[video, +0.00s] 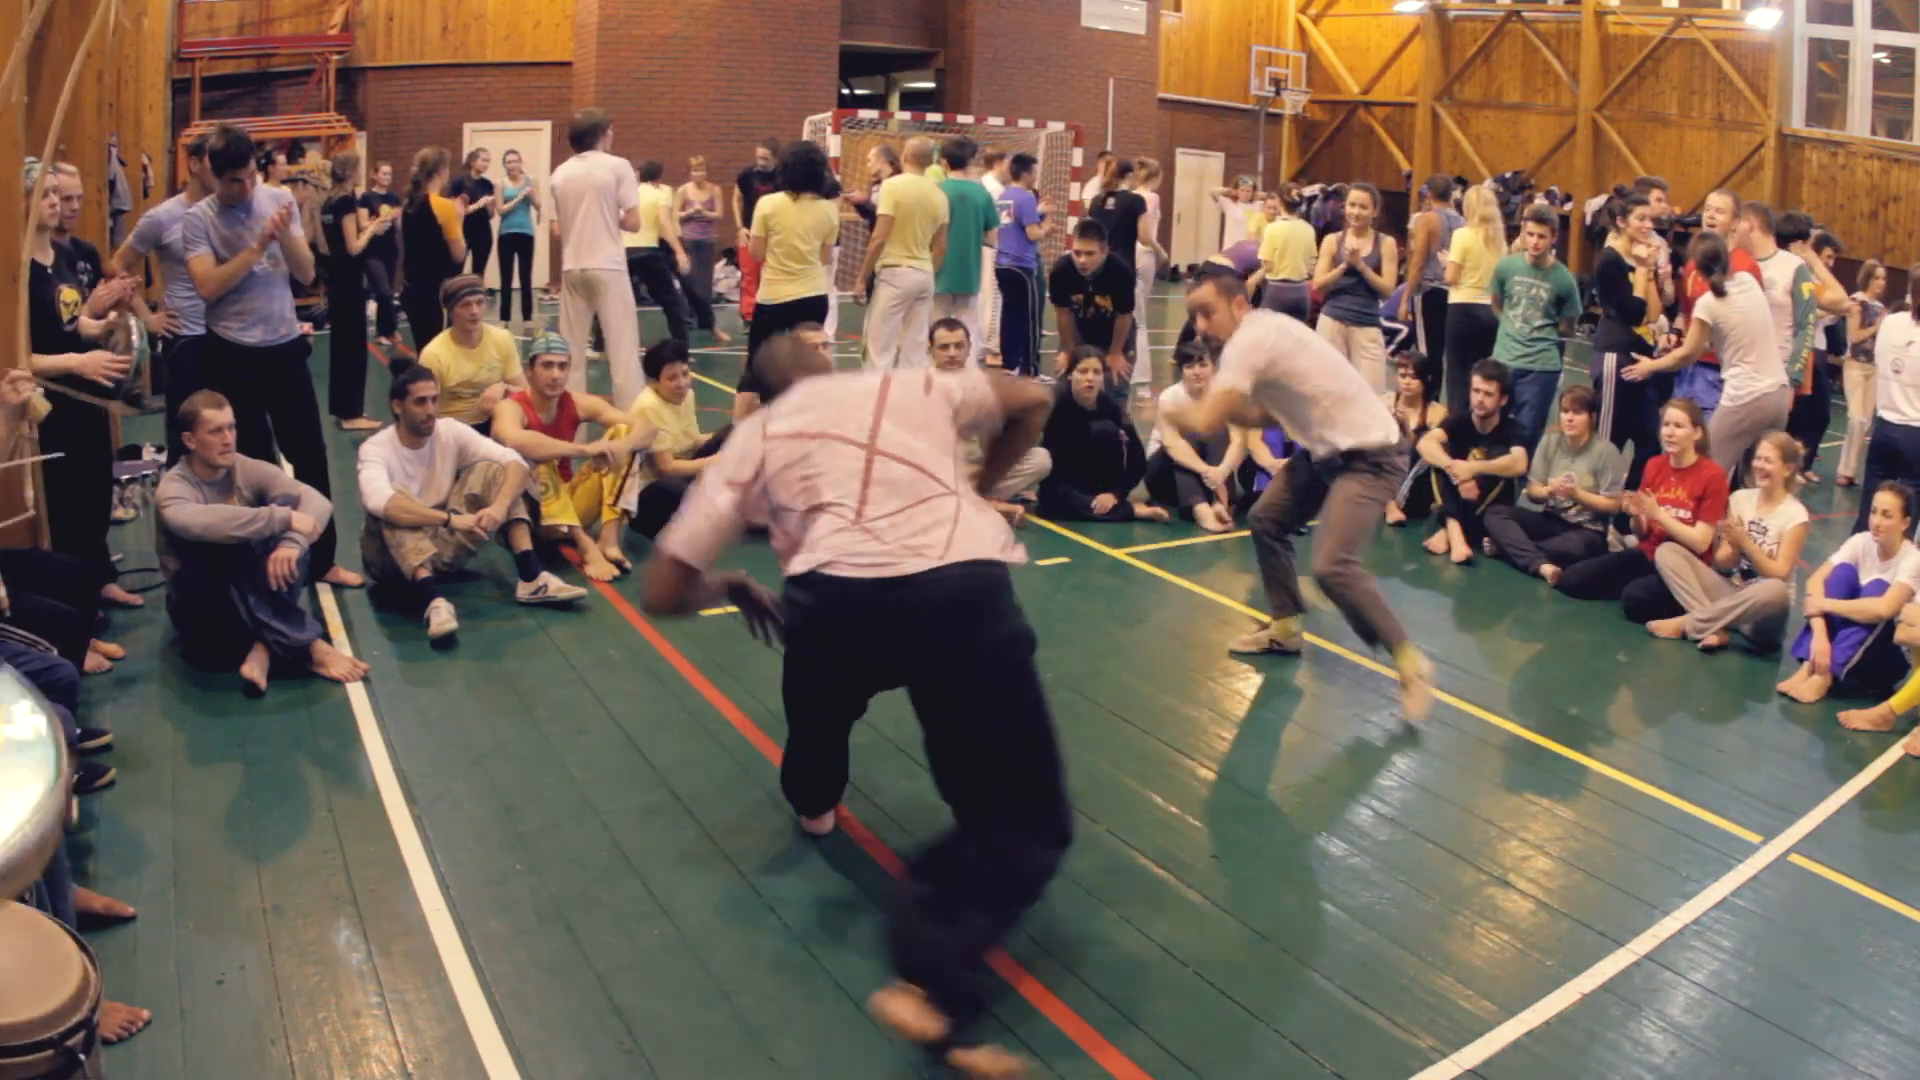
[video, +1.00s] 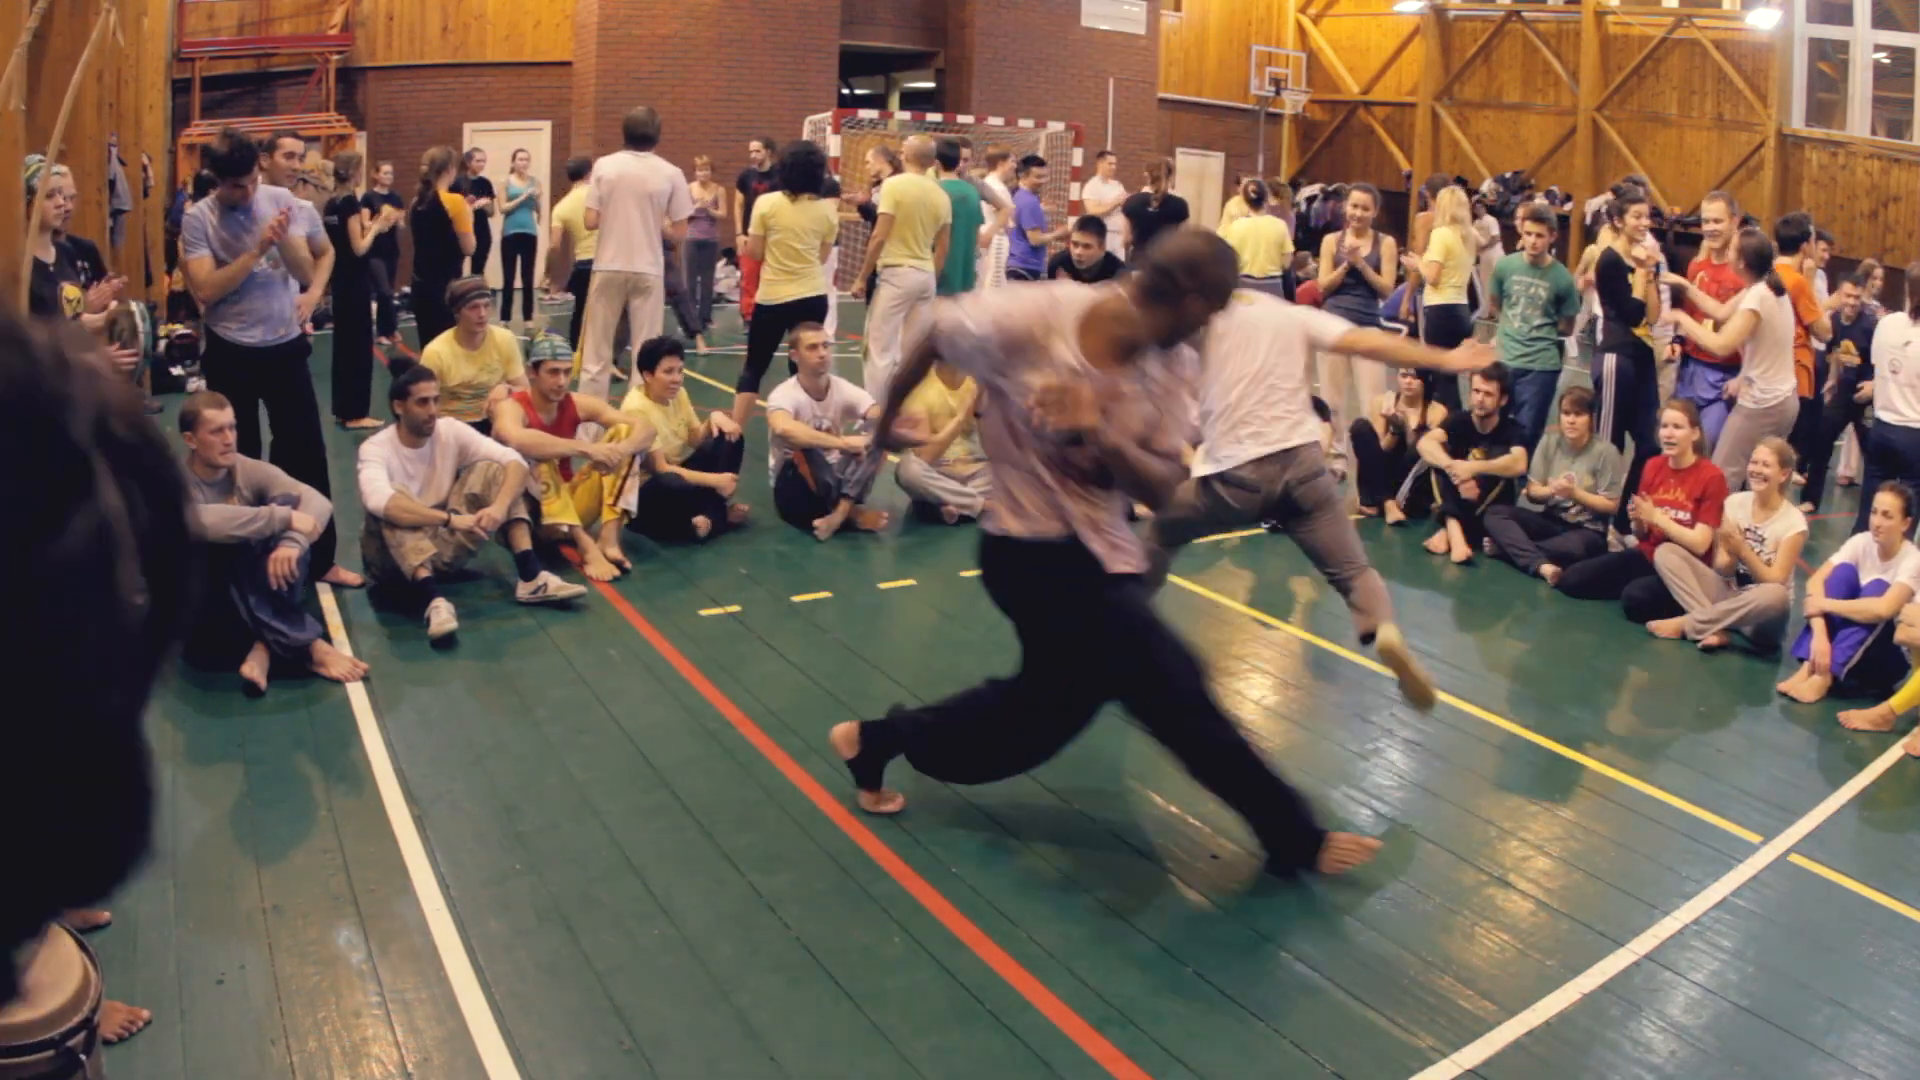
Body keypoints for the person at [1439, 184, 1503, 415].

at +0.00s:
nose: (1463, 210)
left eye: (1465, 206)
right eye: (1465, 206)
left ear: (1468, 208)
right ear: (1493, 208)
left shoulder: (1463, 235)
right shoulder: (1499, 239)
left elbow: (1452, 276)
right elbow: (1499, 275)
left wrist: (1446, 261)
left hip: (1461, 305)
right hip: (1488, 306)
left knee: (1457, 374)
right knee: (1482, 371)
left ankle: (1457, 425)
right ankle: (1480, 426)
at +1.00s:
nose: (1433, 209)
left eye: (1435, 204)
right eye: (1434, 204)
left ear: (1441, 207)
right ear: (1464, 208)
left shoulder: (1440, 234)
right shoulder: (1470, 236)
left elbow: (1433, 275)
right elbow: (1462, 272)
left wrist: (1416, 264)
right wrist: (1422, 261)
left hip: (1438, 307)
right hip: (1461, 305)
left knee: (1441, 375)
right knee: (1449, 374)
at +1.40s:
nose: (1417, 206)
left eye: (1419, 202)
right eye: (1420, 202)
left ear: (1423, 204)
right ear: (1447, 205)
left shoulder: (1423, 227)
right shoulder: (1449, 228)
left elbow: (1413, 267)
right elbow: (1444, 269)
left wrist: (1400, 257)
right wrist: (1408, 257)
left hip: (1422, 305)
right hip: (1442, 301)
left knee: (1412, 367)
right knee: (1435, 368)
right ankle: (1432, 414)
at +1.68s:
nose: (1407, 203)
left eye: (1409, 199)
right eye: (1409, 199)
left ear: (1412, 202)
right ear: (1435, 202)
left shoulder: (1410, 226)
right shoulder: (1441, 227)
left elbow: (1402, 268)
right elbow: (1437, 267)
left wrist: (1390, 260)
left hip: (1411, 301)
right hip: (1436, 299)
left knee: (1395, 363)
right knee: (1432, 365)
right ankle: (1429, 409)